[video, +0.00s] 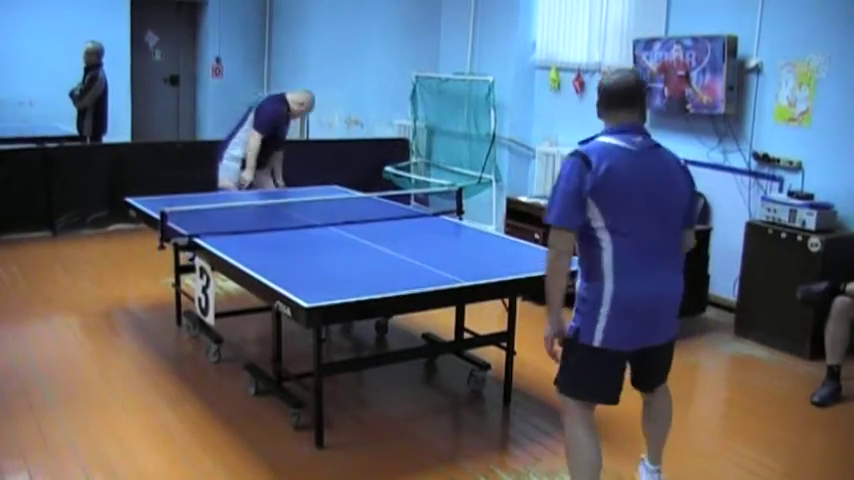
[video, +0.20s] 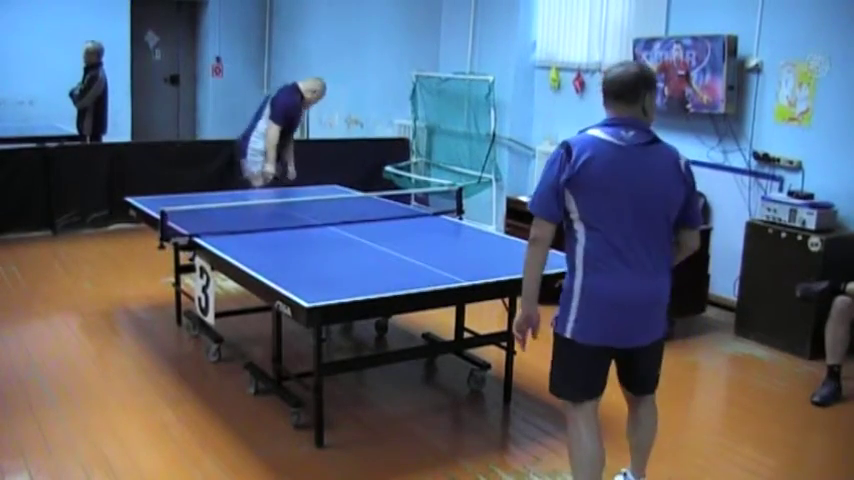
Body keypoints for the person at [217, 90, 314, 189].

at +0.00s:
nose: (300, 116)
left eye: (304, 113)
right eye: (303, 112)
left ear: (300, 103)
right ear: (300, 104)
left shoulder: (285, 114)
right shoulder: (273, 107)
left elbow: (278, 151)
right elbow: (255, 137)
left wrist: (279, 178)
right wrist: (249, 170)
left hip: (259, 163)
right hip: (235, 160)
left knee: (272, 201)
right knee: (229, 204)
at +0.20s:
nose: (312, 104)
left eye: (316, 101)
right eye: (315, 99)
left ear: (312, 91)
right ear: (313, 93)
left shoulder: (297, 101)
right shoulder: (288, 97)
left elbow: (288, 137)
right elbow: (273, 130)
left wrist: (290, 164)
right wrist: (270, 163)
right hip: (255, 150)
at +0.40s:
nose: (320, 97)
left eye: (323, 94)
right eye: (323, 93)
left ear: (310, 80)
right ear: (320, 87)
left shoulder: (290, 89)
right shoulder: (304, 95)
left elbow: (292, 129)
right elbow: (300, 133)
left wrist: (305, 156)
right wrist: (304, 169)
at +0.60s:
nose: (330, 90)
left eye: (332, 87)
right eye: (332, 87)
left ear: (317, 74)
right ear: (330, 82)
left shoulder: (295, 86)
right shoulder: (320, 93)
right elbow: (325, 128)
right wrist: (332, 160)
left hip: (279, 146)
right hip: (300, 148)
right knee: (304, 196)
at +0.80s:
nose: (337, 87)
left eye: (338, 84)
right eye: (338, 84)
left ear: (321, 75)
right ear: (336, 80)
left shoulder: (302, 90)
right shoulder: (330, 93)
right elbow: (338, 128)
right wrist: (348, 157)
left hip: (294, 152)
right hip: (315, 153)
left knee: (304, 196)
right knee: (320, 197)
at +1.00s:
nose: (340, 80)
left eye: (340, 77)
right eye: (341, 77)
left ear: (324, 71)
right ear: (339, 74)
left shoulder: (305, 89)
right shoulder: (338, 89)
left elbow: (298, 120)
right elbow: (346, 123)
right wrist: (352, 151)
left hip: (304, 149)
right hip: (329, 150)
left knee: (313, 193)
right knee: (339, 193)